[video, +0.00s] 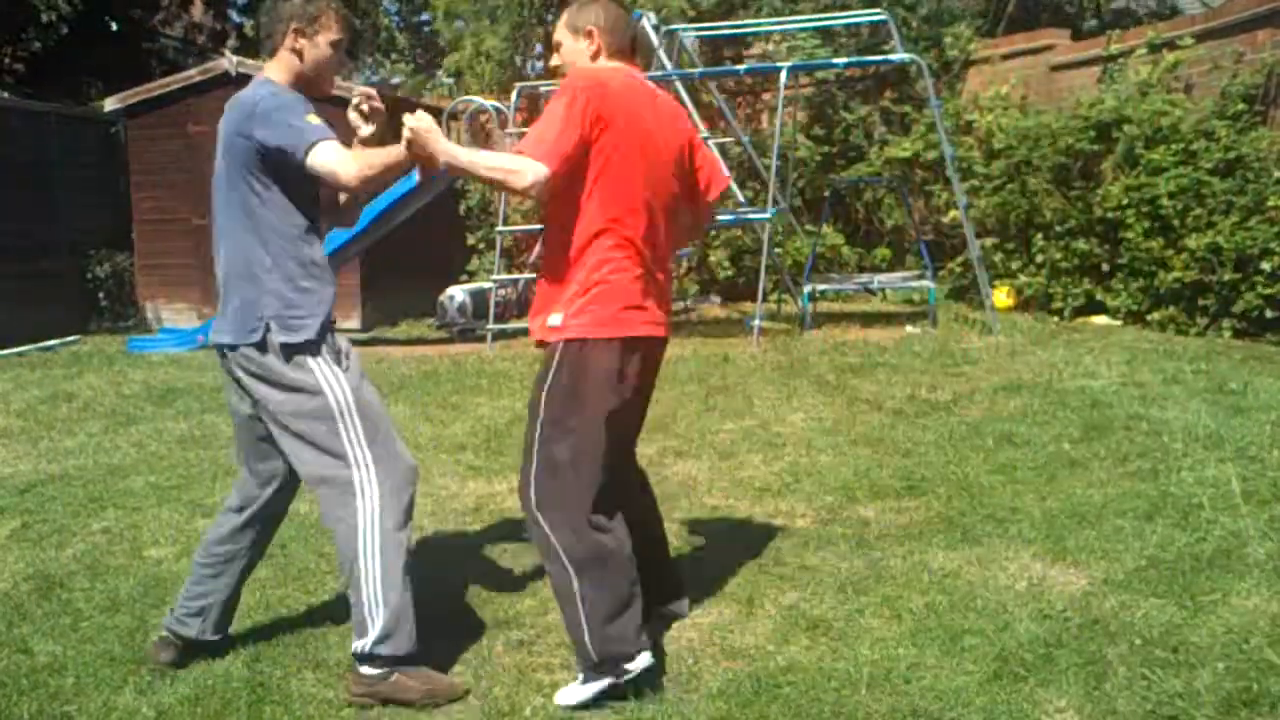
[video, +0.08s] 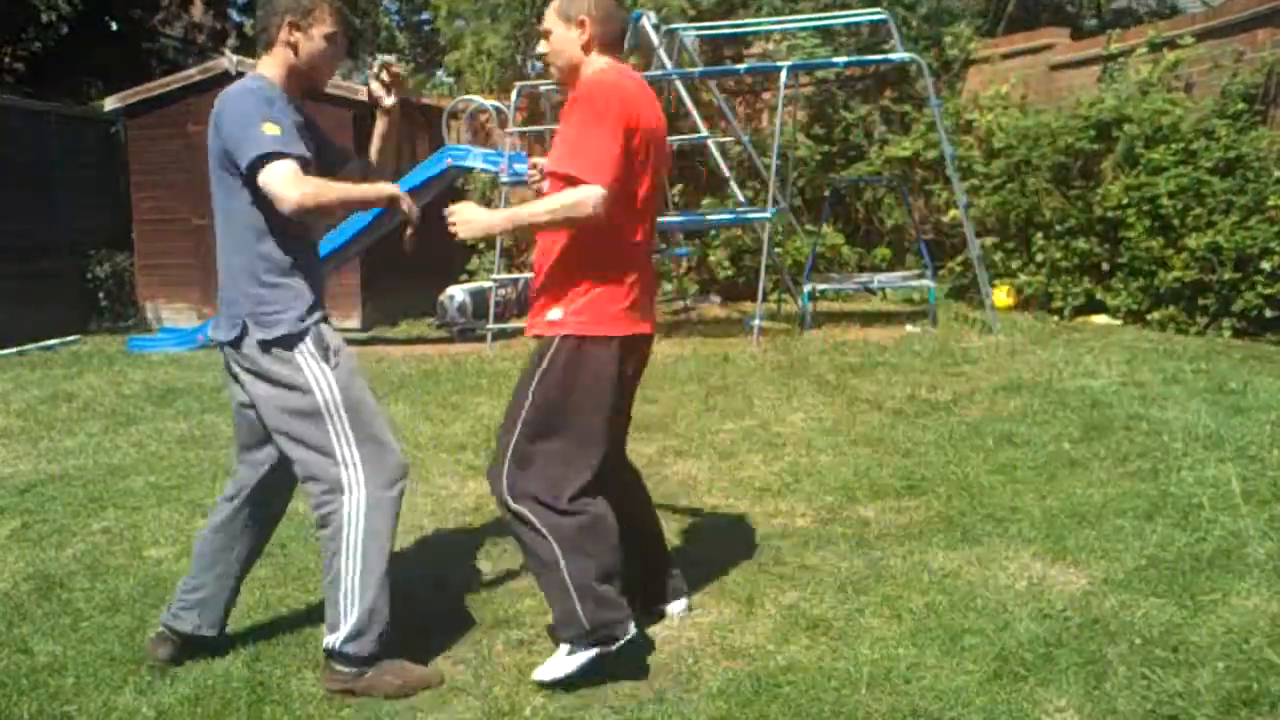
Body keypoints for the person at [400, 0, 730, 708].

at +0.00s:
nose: (553, 61)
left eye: (558, 47)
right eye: (554, 49)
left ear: (592, 41)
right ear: (617, 44)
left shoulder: (589, 86)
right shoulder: (673, 109)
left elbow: (530, 172)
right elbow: (712, 191)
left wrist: (444, 150)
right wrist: (657, 244)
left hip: (591, 320)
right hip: (646, 320)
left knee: (555, 491)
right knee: (613, 468)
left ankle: (616, 657)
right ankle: (658, 595)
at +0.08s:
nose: (541, 46)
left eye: (548, 33)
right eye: (542, 33)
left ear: (583, 33)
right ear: (592, 33)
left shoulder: (600, 88)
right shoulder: (634, 90)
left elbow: (589, 198)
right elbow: (635, 199)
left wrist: (493, 220)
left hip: (586, 321)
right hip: (620, 319)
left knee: (524, 476)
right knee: (598, 462)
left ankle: (598, 630)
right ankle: (653, 587)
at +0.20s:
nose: (519, 39)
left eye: (529, 28)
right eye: (519, 27)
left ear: (570, 32)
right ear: (559, 32)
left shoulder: (608, 109)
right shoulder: (544, 95)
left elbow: (665, 218)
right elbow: (478, 93)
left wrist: (623, 309)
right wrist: (434, 61)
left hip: (572, 327)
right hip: (554, 321)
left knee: (497, 465)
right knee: (587, 461)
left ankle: (505, 624)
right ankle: (656, 585)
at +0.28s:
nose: (500, 54)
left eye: (510, 43)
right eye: (501, 43)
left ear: (547, 48)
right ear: (539, 47)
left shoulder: (583, 125)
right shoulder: (513, 111)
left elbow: (650, 222)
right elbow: (447, 97)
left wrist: (612, 322)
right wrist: (406, 57)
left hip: (547, 338)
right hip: (531, 333)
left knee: (485, 482)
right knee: (578, 473)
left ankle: (465, 641)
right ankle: (659, 586)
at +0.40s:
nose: (482, 57)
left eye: (488, 44)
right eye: (485, 44)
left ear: (516, 48)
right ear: (534, 50)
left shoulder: (533, 128)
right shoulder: (564, 117)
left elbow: (556, 244)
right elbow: (468, 136)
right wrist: (422, 100)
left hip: (504, 345)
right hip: (553, 344)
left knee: (456, 488)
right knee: (561, 460)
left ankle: (465, 639)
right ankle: (651, 581)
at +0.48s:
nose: (482, 48)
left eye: (487, 36)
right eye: (486, 36)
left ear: (504, 41)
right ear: (552, 46)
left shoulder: (488, 116)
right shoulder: (581, 110)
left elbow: (478, 224)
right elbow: (520, 154)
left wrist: (419, 280)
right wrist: (435, 158)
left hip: (491, 337)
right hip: (554, 333)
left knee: (449, 483)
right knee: (560, 451)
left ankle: (465, 640)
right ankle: (644, 569)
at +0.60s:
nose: (483, 68)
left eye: (487, 57)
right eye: (489, 58)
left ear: (501, 55)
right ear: (552, 68)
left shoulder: (453, 107)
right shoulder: (589, 129)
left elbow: (365, 166)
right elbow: (593, 231)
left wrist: (414, 111)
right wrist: (545, 247)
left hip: (471, 338)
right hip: (553, 336)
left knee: (441, 481)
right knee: (568, 453)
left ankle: (461, 638)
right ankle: (634, 571)